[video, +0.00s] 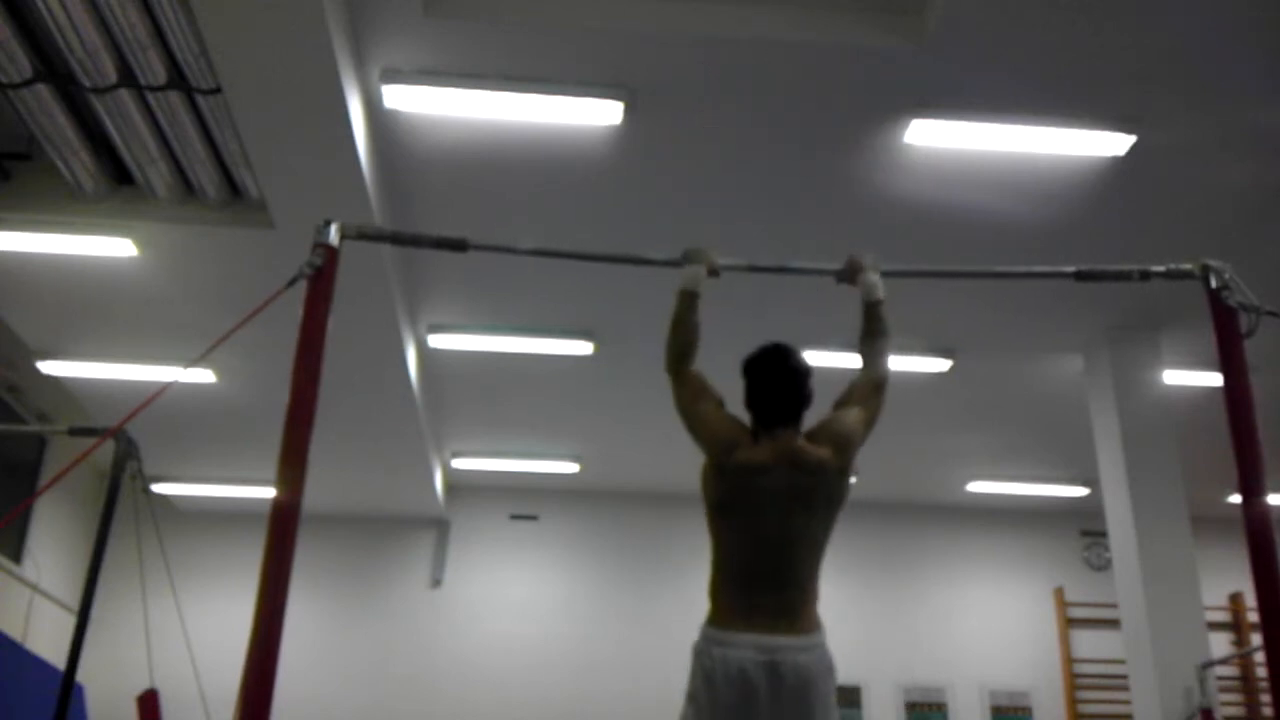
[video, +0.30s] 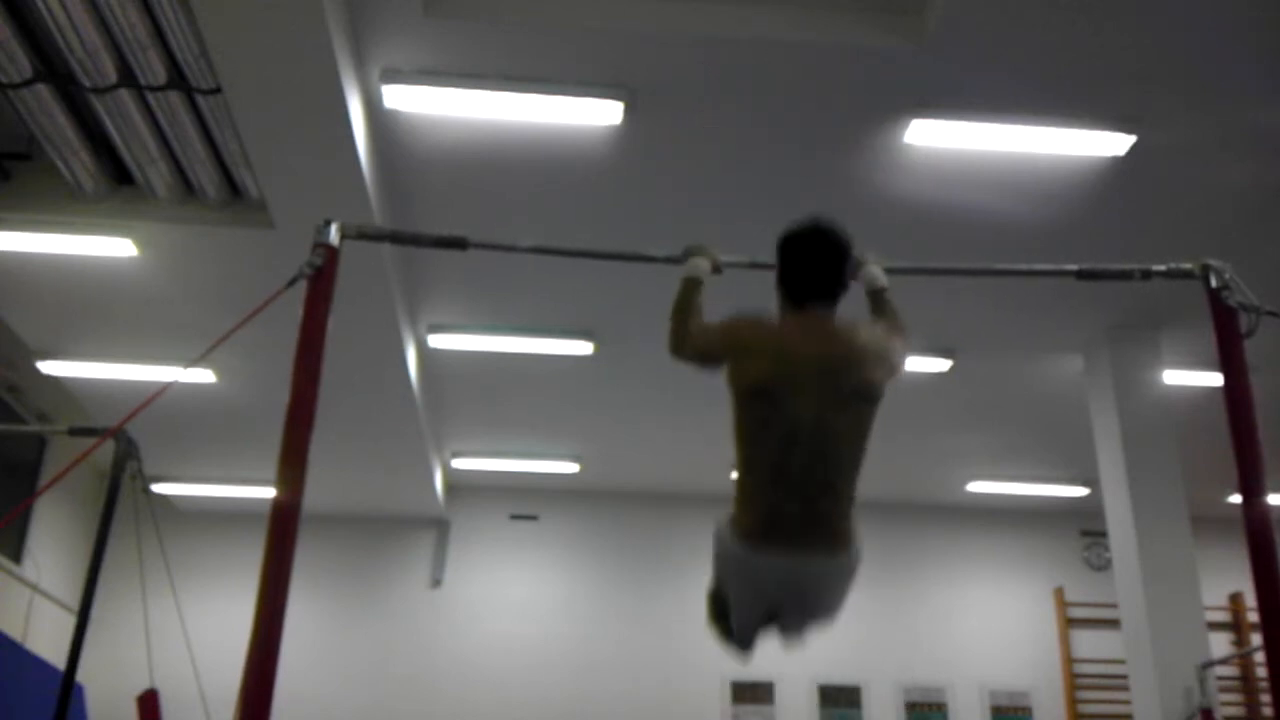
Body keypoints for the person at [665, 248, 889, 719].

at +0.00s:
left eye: (754, 386)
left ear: (747, 400)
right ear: (806, 400)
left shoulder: (726, 451)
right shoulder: (830, 455)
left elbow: (681, 368)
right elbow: (873, 376)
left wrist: (691, 280)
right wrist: (872, 293)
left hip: (727, 654)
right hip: (802, 656)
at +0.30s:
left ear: (779, 280)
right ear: (844, 285)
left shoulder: (748, 340)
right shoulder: (867, 355)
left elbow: (685, 342)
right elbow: (894, 338)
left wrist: (694, 274)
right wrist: (876, 283)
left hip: (752, 559)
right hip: (828, 563)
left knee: (736, 621)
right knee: (799, 621)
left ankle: (738, 626)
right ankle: (792, 622)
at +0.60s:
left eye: (762, 122)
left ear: (759, 120)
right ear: (816, 122)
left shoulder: (742, 146)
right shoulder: (855, 157)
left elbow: (670, 204)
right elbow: (925, 222)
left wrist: (698, 241)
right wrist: (872, 244)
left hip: (758, 347)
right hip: (831, 350)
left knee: (742, 474)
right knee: (799, 475)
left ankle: (736, 597)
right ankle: (767, 600)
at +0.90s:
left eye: (718, 170)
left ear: (736, 147)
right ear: (792, 145)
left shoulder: (722, 157)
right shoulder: (829, 165)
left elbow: (656, 161)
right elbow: (901, 185)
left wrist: (690, 233)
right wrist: (872, 244)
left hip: (759, 267)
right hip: (834, 266)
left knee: (760, 452)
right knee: (826, 451)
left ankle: (774, 600)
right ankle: (810, 599)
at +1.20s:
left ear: (743, 72)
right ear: (797, 73)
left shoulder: (723, 93)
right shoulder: (832, 99)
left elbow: (683, 158)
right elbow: (872, 172)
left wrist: (691, 226)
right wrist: (870, 233)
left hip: (764, 182)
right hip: (839, 184)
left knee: (783, 332)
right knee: (849, 327)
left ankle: (813, 465)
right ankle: (855, 455)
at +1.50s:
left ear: (753, 80)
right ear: (811, 81)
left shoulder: (737, 95)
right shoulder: (844, 102)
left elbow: (684, 145)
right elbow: (887, 169)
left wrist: (692, 229)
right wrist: (872, 235)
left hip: (768, 198)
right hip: (845, 204)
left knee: (774, 358)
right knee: (845, 357)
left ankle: (793, 503)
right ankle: (843, 502)